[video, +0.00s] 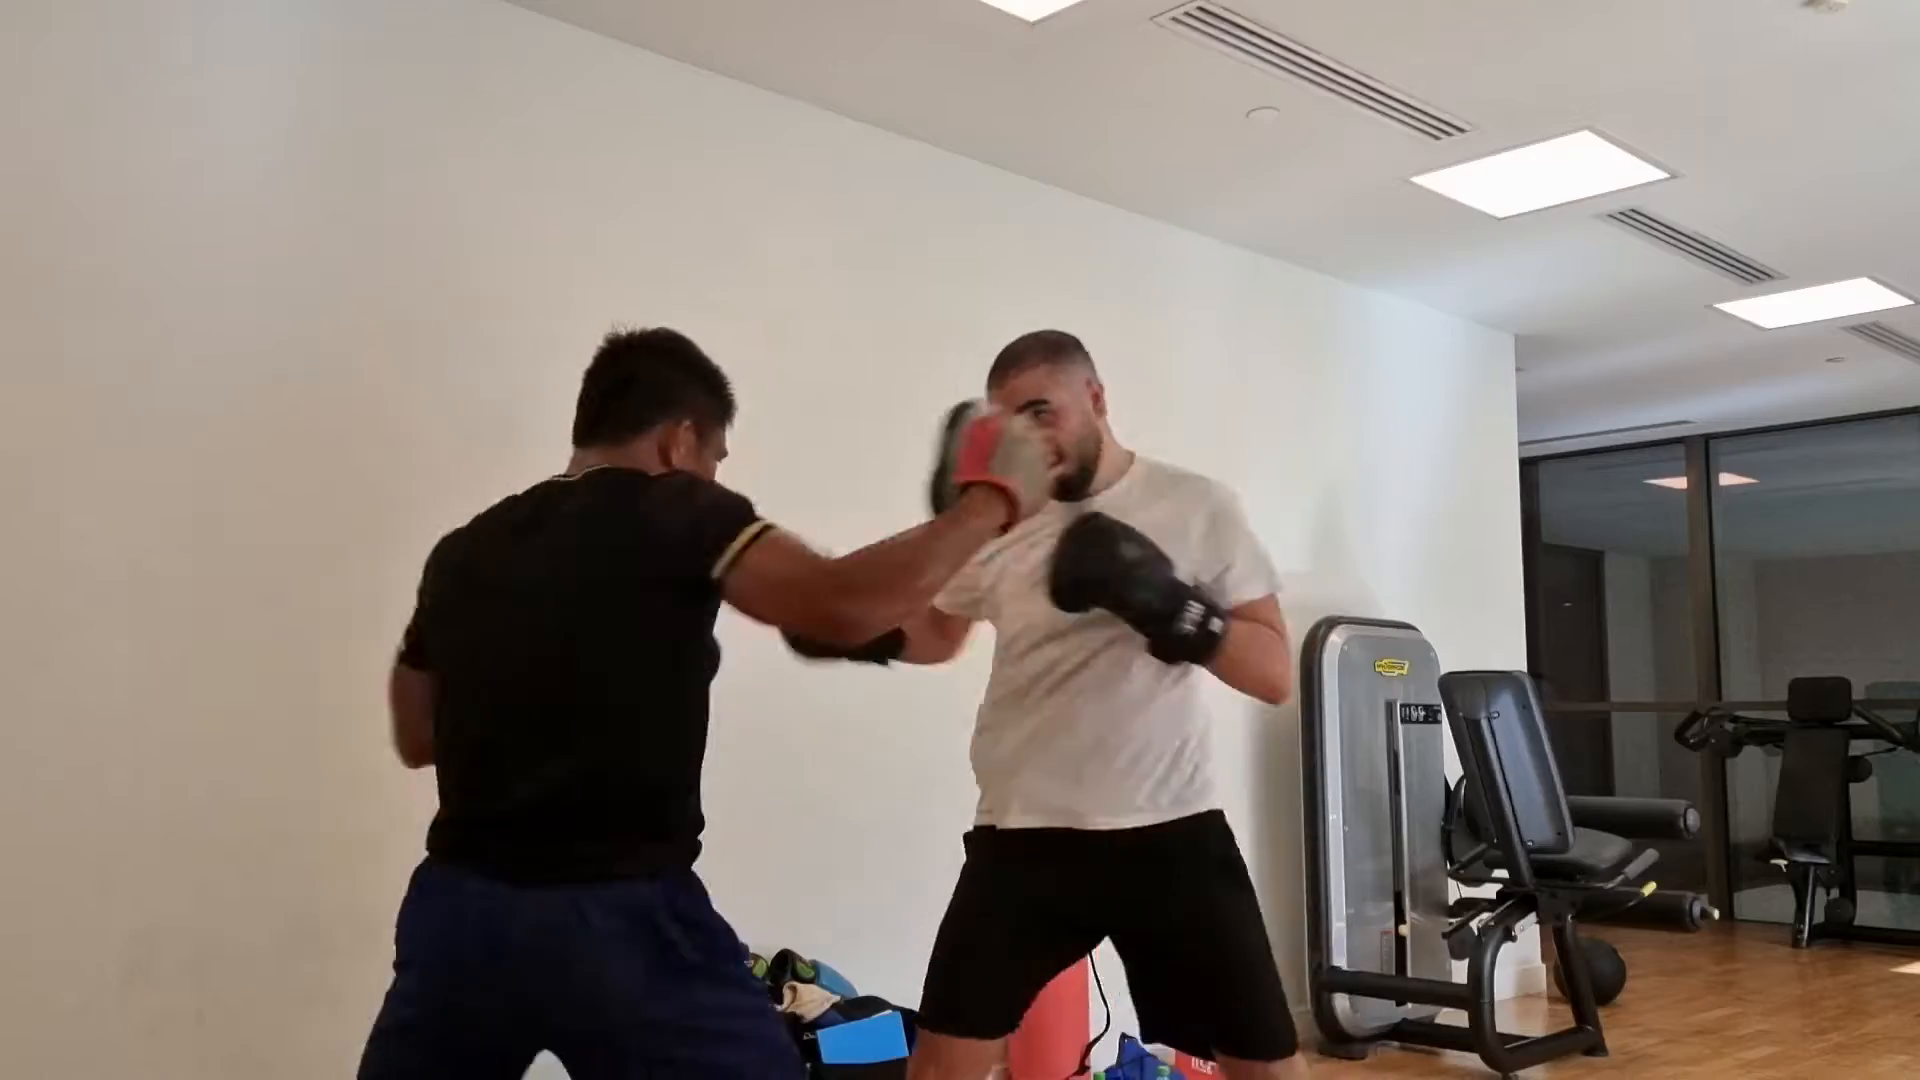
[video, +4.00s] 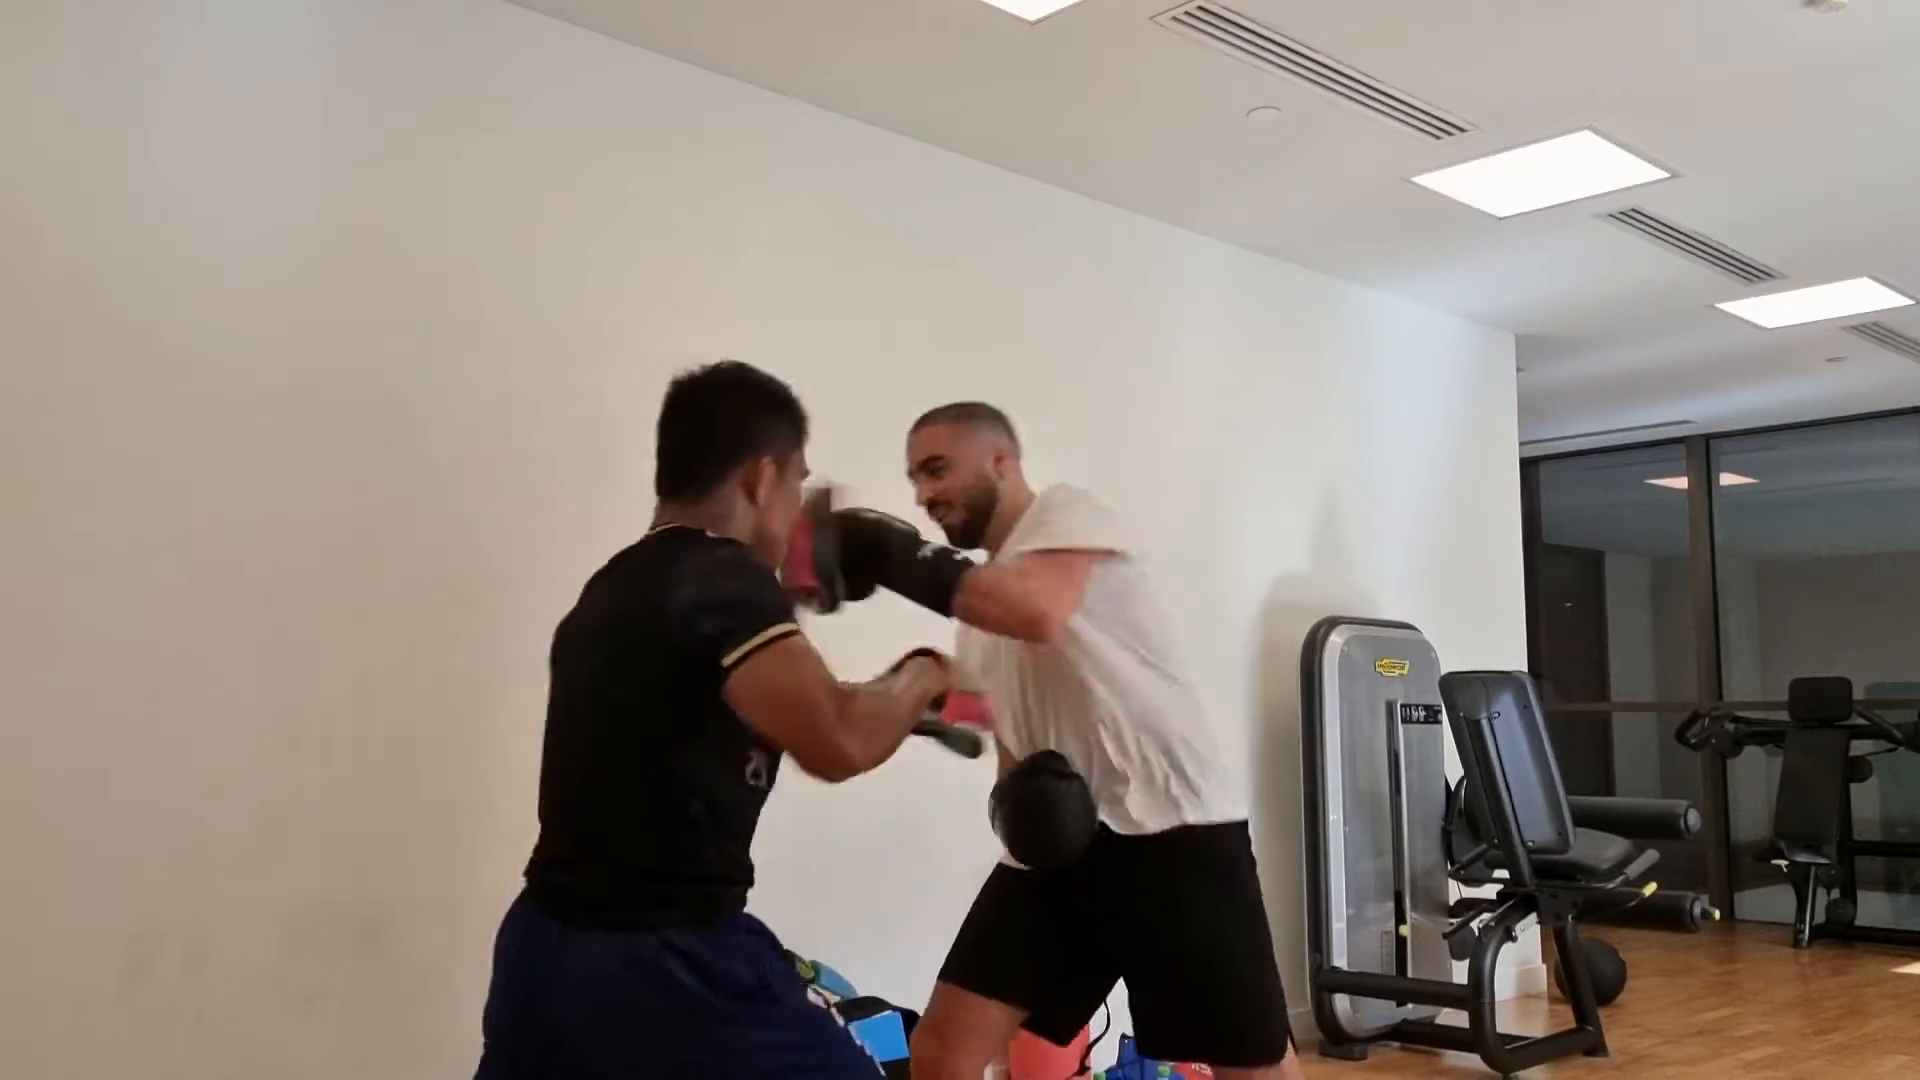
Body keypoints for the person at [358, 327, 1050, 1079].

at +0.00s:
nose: (714, 482)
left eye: (721, 465)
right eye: (716, 462)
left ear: (585, 433)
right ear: (677, 440)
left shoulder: (464, 551)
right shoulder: (677, 510)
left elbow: (416, 736)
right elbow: (839, 604)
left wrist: (551, 707)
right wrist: (989, 502)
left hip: (456, 926)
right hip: (630, 928)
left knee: (401, 1069)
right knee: (765, 1060)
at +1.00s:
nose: (660, 489)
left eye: (666, 466)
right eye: (664, 461)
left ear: (538, 432)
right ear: (625, 440)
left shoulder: (427, 539)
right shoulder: (593, 515)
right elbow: (707, 620)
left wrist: (639, 542)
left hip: (416, 923)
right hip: (568, 922)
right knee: (701, 1064)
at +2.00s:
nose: (848, 471)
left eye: (852, 450)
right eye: (847, 447)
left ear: (773, 442)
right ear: (798, 443)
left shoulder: (769, 552)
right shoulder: (700, 542)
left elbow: (919, 558)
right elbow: (781, 719)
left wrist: (1059, 522)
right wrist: (863, 601)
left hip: (563, 906)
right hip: (641, 917)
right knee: (788, 1065)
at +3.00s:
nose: (747, 483)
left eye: (748, 461)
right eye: (746, 459)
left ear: (616, 461)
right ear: (711, 457)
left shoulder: (519, 561)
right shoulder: (768, 540)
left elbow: (421, 628)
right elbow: (917, 541)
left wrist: (498, 579)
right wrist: (977, 536)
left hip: (547, 940)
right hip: (730, 939)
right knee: (861, 1053)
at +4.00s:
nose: (798, 503)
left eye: (801, 482)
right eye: (798, 481)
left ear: (672, 471)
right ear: (760, 479)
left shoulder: (607, 590)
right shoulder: (721, 581)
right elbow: (839, 742)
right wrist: (920, 677)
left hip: (545, 954)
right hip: (680, 966)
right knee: (847, 1064)